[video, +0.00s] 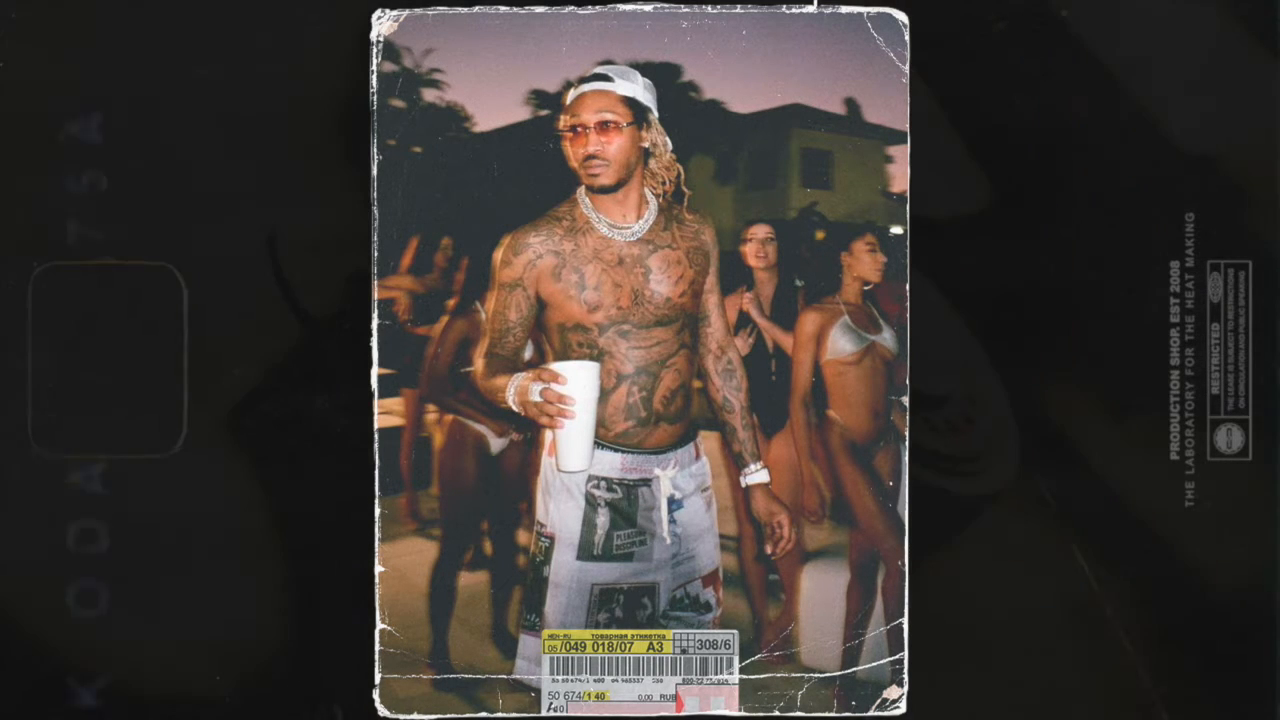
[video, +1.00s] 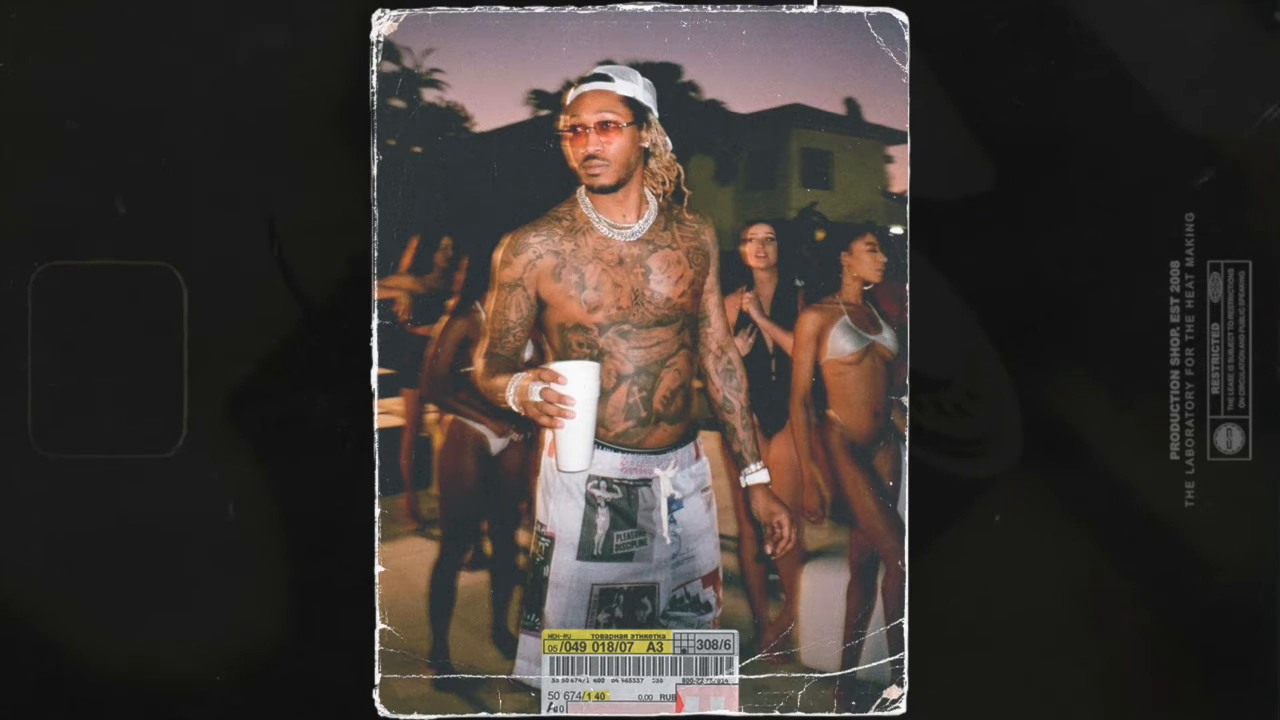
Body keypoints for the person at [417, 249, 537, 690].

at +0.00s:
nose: (513, 293)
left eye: (521, 286)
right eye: (507, 284)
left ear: (530, 293)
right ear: (493, 284)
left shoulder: (531, 333)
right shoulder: (464, 324)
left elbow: (543, 384)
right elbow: (435, 387)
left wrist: (529, 420)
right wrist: (490, 422)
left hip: (514, 444)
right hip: (465, 441)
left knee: (506, 540)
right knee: (456, 544)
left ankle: (501, 627)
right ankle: (439, 650)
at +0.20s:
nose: (513, 292)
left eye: (521, 285)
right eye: (507, 282)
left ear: (530, 291)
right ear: (493, 282)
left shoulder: (530, 332)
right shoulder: (464, 323)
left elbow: (543, 384)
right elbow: (434, 387)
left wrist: (529, 420)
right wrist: (491, 422)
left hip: (514, 444)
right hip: (465, 440)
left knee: (506, 539)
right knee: (456, 544)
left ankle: (501, 627)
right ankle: (439, 651)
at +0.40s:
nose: (517, 287)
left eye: (524, 280)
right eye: (510, 277)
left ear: (532, 288)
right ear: (495, 278)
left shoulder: (531, 332)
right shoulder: (465, 322)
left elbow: (543, 384)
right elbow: (434, 387)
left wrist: (529, 420)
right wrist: (489, 421)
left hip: (514, 444)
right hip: (465, 440)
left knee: (506, 541)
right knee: (456, 543)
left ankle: (501, 628)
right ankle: (439, 651)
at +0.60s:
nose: (516, 290)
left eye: (523, 283)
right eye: (509, 280)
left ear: (531, 290)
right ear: (494, 280)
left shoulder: (531, 334)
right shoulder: (465, 323)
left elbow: (544, 385)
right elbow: (433, 387)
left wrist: (529, 420)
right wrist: (489, 422)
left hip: (514, 445)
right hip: (465, 440)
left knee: (506, 541)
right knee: (456, 543)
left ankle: (501, 628)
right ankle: (439, 651)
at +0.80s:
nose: (514, 291)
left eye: (522, 284)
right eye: (508, 281)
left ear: (531, 291)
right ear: (494, 281)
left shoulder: (530, 332)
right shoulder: (465, 322)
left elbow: (543, 385)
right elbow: (434, 387)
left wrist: (528, 420)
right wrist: (489, 422)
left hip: (514, 445)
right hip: (465, 441)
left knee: (506, 541)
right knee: (456, 544)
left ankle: (501, 628)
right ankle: (439, 649)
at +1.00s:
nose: (517, 287)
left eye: (524, 279)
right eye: (511, 277)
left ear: (532, 287)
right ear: (496, 277)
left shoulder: (531, 332)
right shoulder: (466, 322)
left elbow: (543, 385)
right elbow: (434, 387)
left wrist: (529, 421)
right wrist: (489, 421)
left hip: (514, 445)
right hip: (465, 440)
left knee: (506, 541)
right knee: (456, 544)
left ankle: (501, 628)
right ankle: (439, 651)